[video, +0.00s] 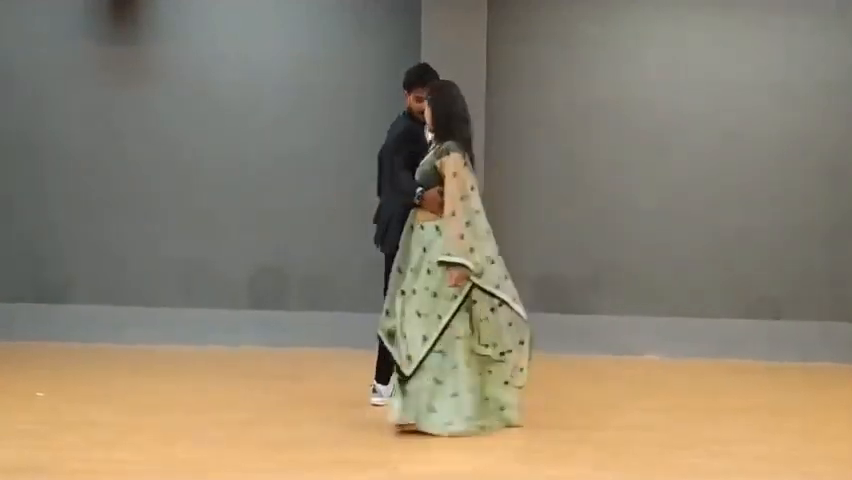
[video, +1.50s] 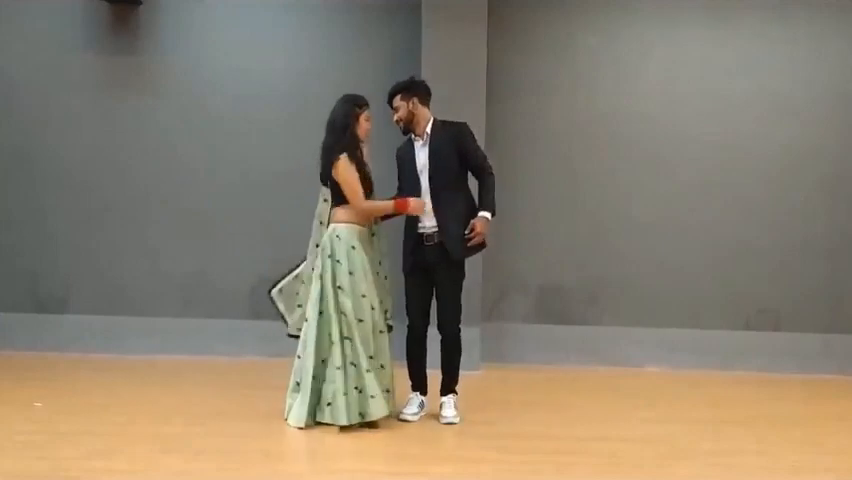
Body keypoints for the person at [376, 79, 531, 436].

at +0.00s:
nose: (423, 112)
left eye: (428, 105)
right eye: (423, 105)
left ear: (440, 110)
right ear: (448, 109)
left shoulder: (451, 156)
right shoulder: (436, 152)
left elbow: (460, 211)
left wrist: (459, 259)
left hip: (442, 253)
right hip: (426, 251)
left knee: (438, 330)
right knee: (424, 329)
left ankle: (441, 409)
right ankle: (423, 407)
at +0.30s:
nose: (436, 123)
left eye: (434, 114)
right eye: (432, 115)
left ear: (403, 115)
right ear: (421, 118)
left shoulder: (418, 160)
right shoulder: (401, 162)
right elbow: (395, 215)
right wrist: (395, 264)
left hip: (418, 260)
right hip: (403, 262)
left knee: (414, 336)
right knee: (399, 337)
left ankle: (409, 409)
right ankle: (393, 409)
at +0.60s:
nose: (408, 113)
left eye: (406, 106)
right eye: (405, 108)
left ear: (366, 113)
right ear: (399, 115)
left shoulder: (352, 157)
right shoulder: (404, 155)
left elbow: (334, 206)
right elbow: (430, 186)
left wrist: (318, 252)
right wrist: (460, 194)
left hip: (360, 240)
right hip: (392, 241)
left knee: (355, 327)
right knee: (392, 327)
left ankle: (353, 412)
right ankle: (395, 410)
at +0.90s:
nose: (382, 124)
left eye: (380, 117)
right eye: (381, 118)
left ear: (349, 119)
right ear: (375, 122)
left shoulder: (331, 163)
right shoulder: (383, 163)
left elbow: (305, 212)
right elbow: (420, 200)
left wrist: (281, 251)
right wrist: (461, 203)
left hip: (339, 245)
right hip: (373, 245)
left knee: (336, 330)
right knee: (369, 332)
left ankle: (330, 415)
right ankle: (365, 417)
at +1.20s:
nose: (377, 128)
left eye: (376, 121)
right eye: (375, 122)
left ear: (346, 123)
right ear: (366, 124)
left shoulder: (327, 165)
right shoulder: (371, 165)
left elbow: (316, 216)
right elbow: (405, 205)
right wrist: (447, 202)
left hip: (333, 248)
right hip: (364, 248)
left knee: (330, 328)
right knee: (363, 329)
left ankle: (322, 408)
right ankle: (360, 410)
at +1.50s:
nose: (369, 126)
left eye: (369, 119)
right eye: (365, 120)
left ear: (352, 123)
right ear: (350, 122)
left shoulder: (354, 158)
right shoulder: (343, 160)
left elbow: (359, 207)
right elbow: (360, 206)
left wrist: (383, 211)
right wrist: (400, 205)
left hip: (355, 240)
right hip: (342, 242)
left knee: (358, 320)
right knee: (349, 320)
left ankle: (355, 401)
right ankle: (346, 403)